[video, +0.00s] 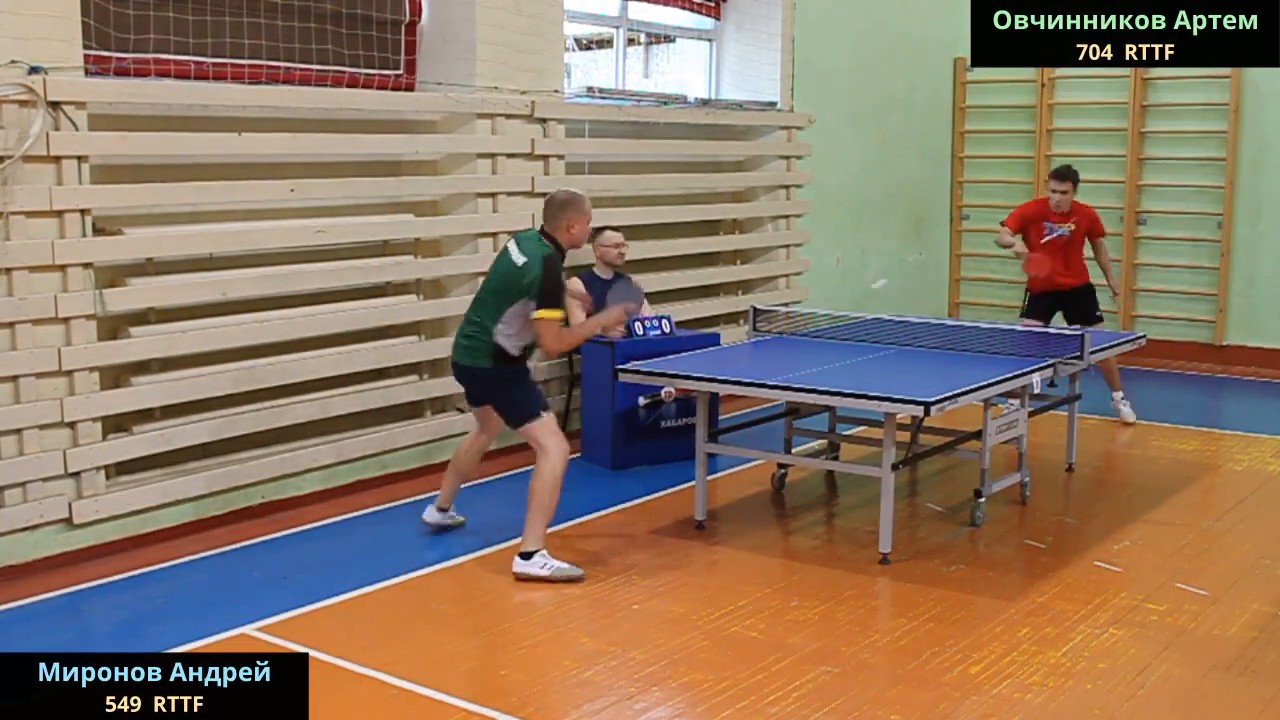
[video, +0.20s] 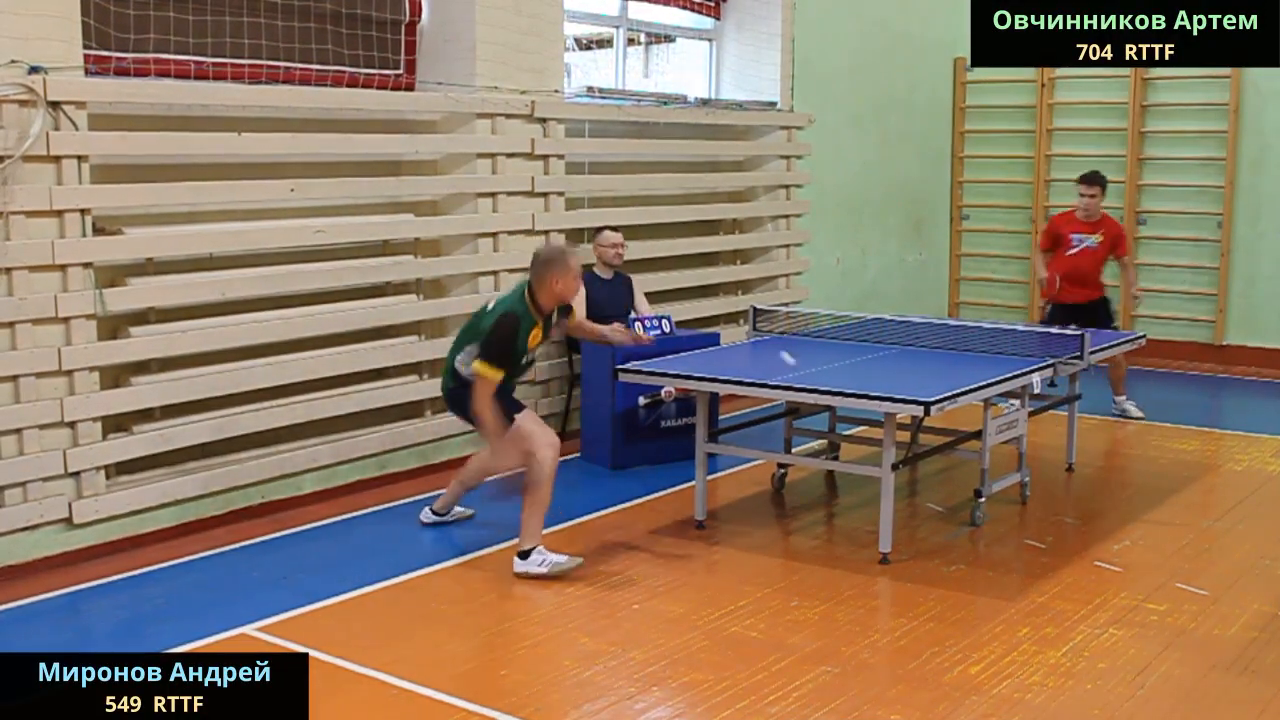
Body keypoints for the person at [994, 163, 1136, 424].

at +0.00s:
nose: (1056, 199)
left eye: (1063, 193)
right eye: (1052, 192)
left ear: (1074, 193)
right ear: (1047, 189)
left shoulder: (1085, 215)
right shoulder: (1031, 210)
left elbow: (1099, 247)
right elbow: (1002, 237)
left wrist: (1111, 279)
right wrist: (1015, 243)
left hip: (1077, 289)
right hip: (1041, 290)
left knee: (1100, 343)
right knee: (1023, 344)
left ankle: (1119, 398)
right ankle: (1015, 404)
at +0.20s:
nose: (1086, 202)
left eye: (1092, 197)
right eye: (1082, 196)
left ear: (1102, 198)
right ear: (1077, 196)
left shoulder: (1112, 229)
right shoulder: (1058, 223)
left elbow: (1125, 263)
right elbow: (1041, 251)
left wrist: (1131, 287)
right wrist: (1041, 272)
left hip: (1094, 302)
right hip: (1060, 302)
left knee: (1115, 352)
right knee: (1042, 353)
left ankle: (1120, 400)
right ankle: (1020, 398)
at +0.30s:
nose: (1100, 197)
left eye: (1105, 191)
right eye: (1096, 191)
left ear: (1117, 192)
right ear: (1091, 191)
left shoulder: (1130, 220)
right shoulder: (1077, 218)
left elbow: (1148, 253)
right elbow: (1061, 246)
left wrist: (1150, 280)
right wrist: (1062, 267)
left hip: (1116, 293)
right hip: (1080, 293)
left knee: (1124, 348)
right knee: (1058, 339)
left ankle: (1122, 399)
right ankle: (1038, 384)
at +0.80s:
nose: (1156, 217)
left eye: (1161, 212)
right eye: (1152, 211)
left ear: (1170, 213)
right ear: (1146, 211)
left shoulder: (1183, 237)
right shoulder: (1131, 239)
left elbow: (1201, 267)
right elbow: (1120, 273)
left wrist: (1208, 293)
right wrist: (1133, 295)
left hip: (1178, 303)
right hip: (1145, 303)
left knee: (1207, 349)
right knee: (1111, 344)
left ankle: (1218, 388)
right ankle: (1098, 383)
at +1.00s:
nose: (1208, 222)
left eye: (1214, 217)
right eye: (1204, 216)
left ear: (1222, 218)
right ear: (1197, 215)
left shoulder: (1227, 241)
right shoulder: (1183, 240)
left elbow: (1234, 267)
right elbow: (1185, 279)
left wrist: (1251, 288)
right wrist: (1222, 293)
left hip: (1210, 307)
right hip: (1175, 307)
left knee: (1243, 346)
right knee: (1137, 343)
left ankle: (1262, 394)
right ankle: (1102, 384)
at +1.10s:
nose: (1240, 227)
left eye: (1246, 222)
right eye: (1236, 220)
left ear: (1253, 222)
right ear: (1229, 217)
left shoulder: (1254, 242)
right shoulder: (1213, 241)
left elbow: (1260, 274)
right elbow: (1229, 282)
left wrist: (1277, 290)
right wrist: (1265, 278)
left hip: (1228, 304)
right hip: (1194, 304)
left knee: (1264, 342)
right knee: (1159, 347)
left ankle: (1266, 393)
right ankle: (1117, 382)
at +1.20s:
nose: (1273, 235)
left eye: (1277, 231)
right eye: (1269, 229)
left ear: (1279, 231)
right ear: (1259, 225)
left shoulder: (1274, 247)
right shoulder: (1238, 244)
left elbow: (1274, 270)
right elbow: (1252, 284)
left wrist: (1269, 274)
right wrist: (1277, 279)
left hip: (1240, 301)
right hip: (1208, 301)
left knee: (1273, 338)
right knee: (1179, 348)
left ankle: (1268, 392)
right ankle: (1141, 383)